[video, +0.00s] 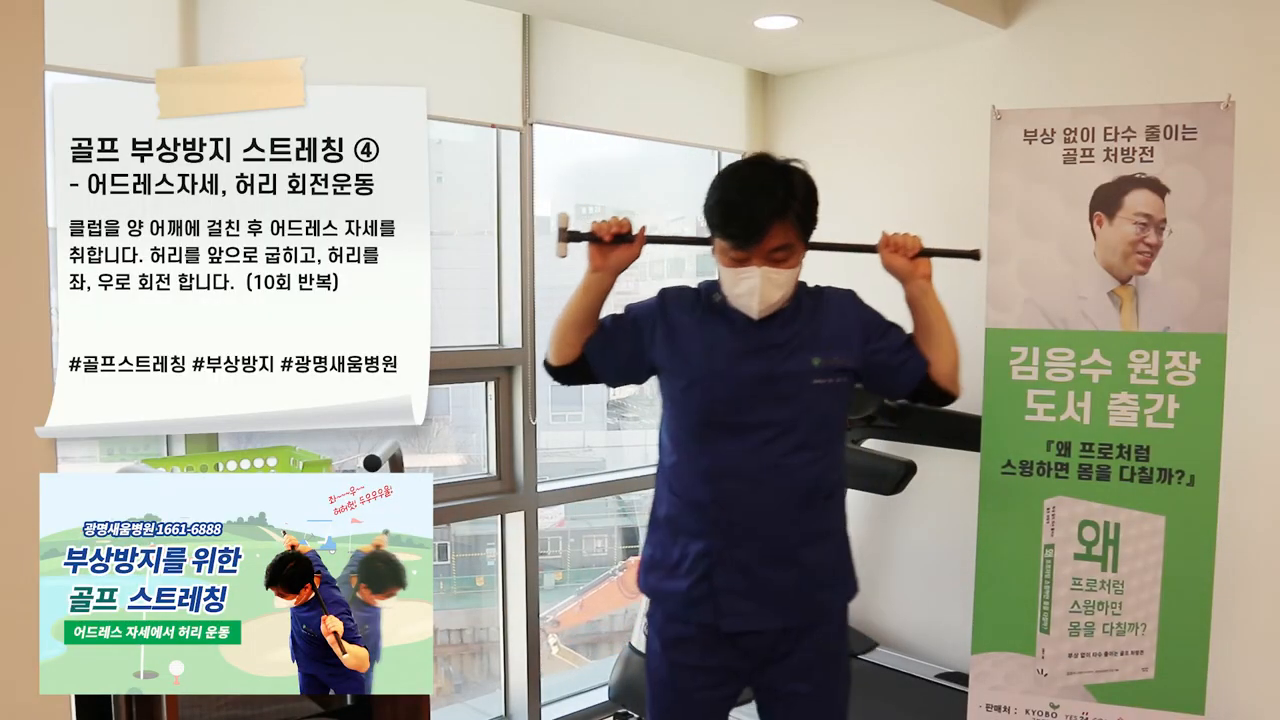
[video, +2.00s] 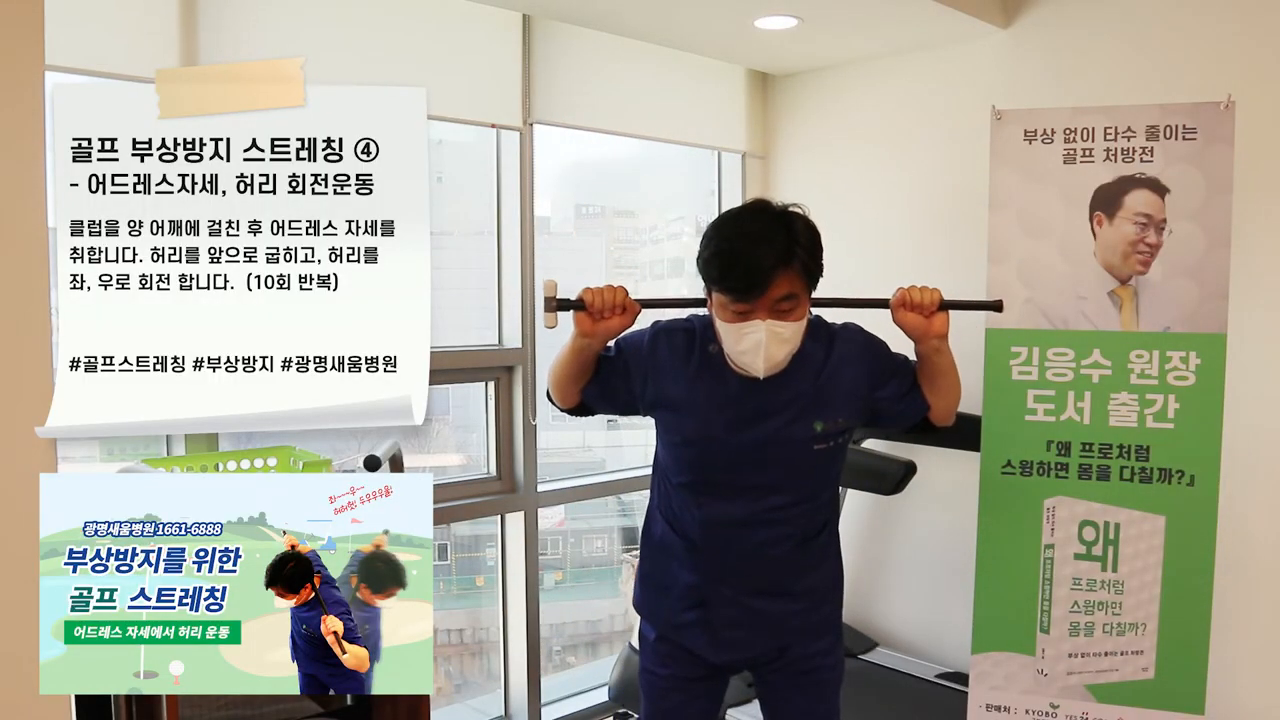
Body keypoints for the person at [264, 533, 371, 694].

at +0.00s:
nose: (278, 599)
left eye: (283, 596)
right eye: (276, 594)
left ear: (306, 590)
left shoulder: (334, 607)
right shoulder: (312, 570)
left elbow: (363, 665)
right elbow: (308, 552)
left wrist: (335, 642)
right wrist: (297, 547)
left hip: (344, 673)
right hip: (310, 667)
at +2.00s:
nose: (278, 599)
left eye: (283, 596)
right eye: (276, 594)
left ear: (306, 590)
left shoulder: (334, 607)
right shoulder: (312, 570)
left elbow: (363, 665)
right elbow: (308, 552)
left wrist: (335, 642)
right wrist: (297, 547)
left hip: (344, 673)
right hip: (310, 667)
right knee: (312, 714)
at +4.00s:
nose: (278, 599)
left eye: (283, 596)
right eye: (276, 593)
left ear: (306, 590)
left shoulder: (334, 608)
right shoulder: (312, 570)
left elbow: (363, 665)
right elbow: (308, 552)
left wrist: (336, 643)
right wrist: (297, 547)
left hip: (344, 672)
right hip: (310, 667)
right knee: (312, 715)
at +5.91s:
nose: (278, 599)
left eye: (283, 595)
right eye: (276, 593)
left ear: (306, 590)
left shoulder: (334, 608)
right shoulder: (311, 570)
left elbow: (363, 665)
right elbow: (308, 552)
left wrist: (335, 642)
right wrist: (296, 547)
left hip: (344, 672)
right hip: (310, 667)